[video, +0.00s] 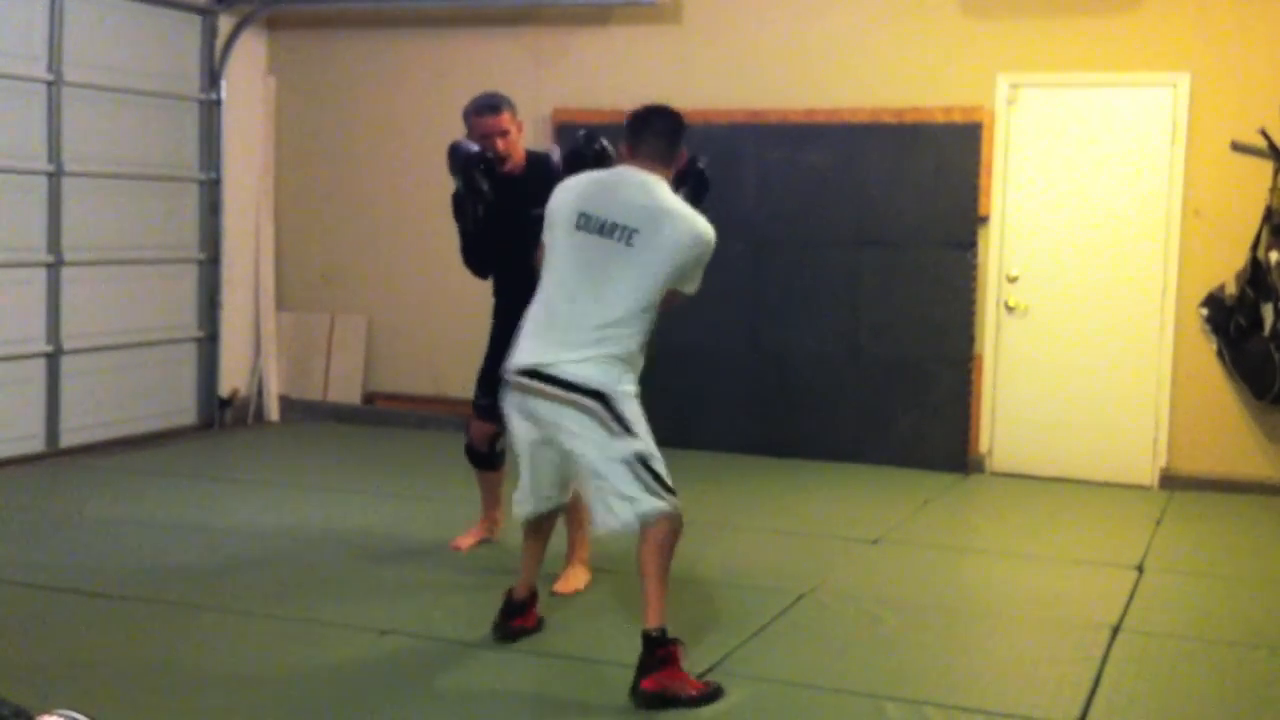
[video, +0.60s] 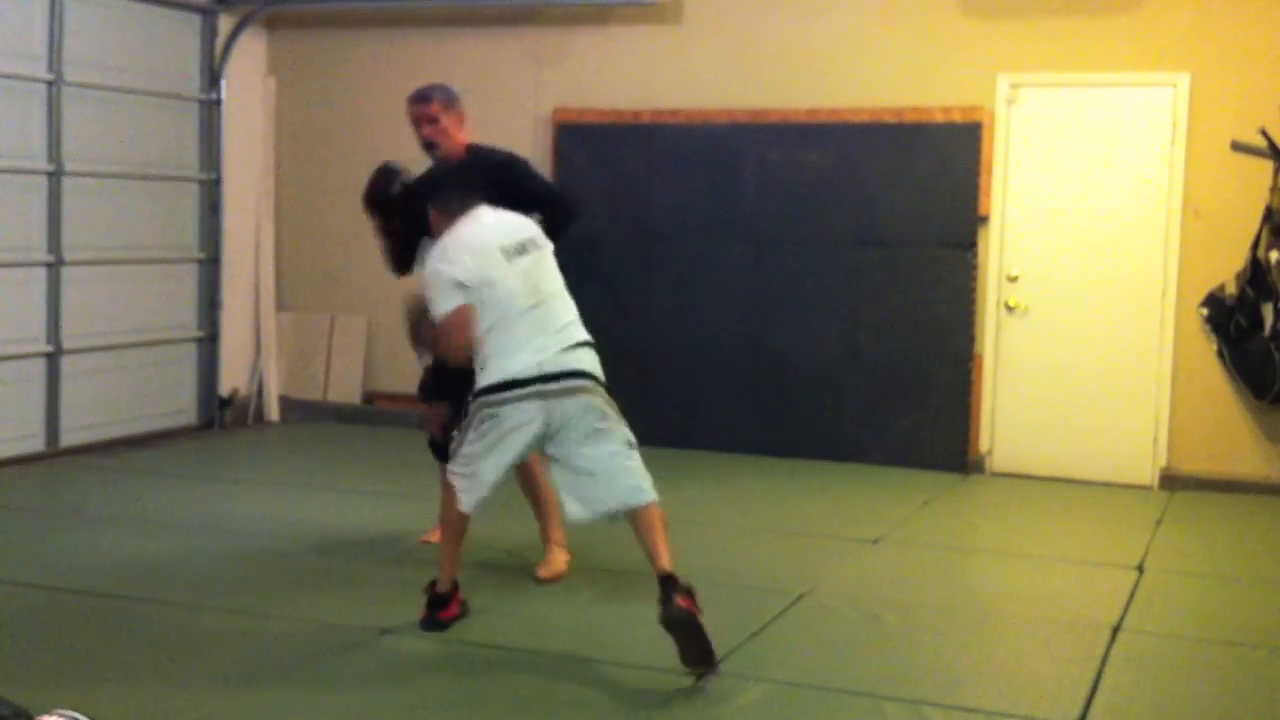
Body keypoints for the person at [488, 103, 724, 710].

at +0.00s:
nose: (663, 165)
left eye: (636, 150)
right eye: (677, 158)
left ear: (621, 148)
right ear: (681, 160)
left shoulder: (568, 190)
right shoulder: (692, 230)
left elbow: (548, 266)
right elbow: (668, 297)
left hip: (526, 372)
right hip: (597, 387)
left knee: (544, 493)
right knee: (661, 513)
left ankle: (519, 604)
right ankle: (657, 660)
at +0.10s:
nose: (682, 192)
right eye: (686, 184)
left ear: (632, 166)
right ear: (684, 186)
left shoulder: (575, 195)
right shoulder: (684, 255)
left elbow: (529, 240)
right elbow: (656, 323)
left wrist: (593, 251)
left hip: (514, 381)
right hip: (577, 394)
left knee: (540, 488)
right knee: (653, 523)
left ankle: (509, 581)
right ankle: (654, 669)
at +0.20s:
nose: (650, 215)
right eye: (651, 207)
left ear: (597, 190)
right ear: (646, 207)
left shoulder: (542, 221)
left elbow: (533, 200)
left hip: (510, 416)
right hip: (580, 425)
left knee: (502, 490)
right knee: (677, 530)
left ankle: (456, 580)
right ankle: (660, 668)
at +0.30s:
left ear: (525, 189)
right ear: (582, 192)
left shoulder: (490, 239)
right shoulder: (605, 247)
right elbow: (636, 331)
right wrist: (627, 374)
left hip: (519, 424)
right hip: (600, 421)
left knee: (493, 497)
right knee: (671, 528)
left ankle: (452, 593)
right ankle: (671, 654)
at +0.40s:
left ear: (454, 216)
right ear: (517, 199)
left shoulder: (445, 270)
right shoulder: (561, 236)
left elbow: (445, 368)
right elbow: (645, 284)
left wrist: (493, 362)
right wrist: (636, 230)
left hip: (519, 419)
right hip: (598, 413)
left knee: (478, 491)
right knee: (651, 516)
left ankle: (448, 594)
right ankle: (685, 626)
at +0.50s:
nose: (433, 244)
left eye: (432, 233)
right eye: (432, 233)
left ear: (443, 227)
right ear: (488, 210)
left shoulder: (454, 267)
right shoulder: (535, 237)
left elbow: (475, 343)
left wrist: (449, 397)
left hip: (503, 408)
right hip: (578, 401)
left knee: (462, 484)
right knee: (641, 500)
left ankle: (446, 592)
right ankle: (685, 605)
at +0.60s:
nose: (428, 227)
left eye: (427, 218)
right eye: (429, 217)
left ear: (435, 215)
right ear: (478, 197)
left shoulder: (443, 258)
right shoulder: (525, 225)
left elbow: (459, 347)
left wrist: (433, 336)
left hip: (506, 386)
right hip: (578, 373)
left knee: (461, 477)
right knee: (629, 472)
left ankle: (444, 592)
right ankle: (670, 584)